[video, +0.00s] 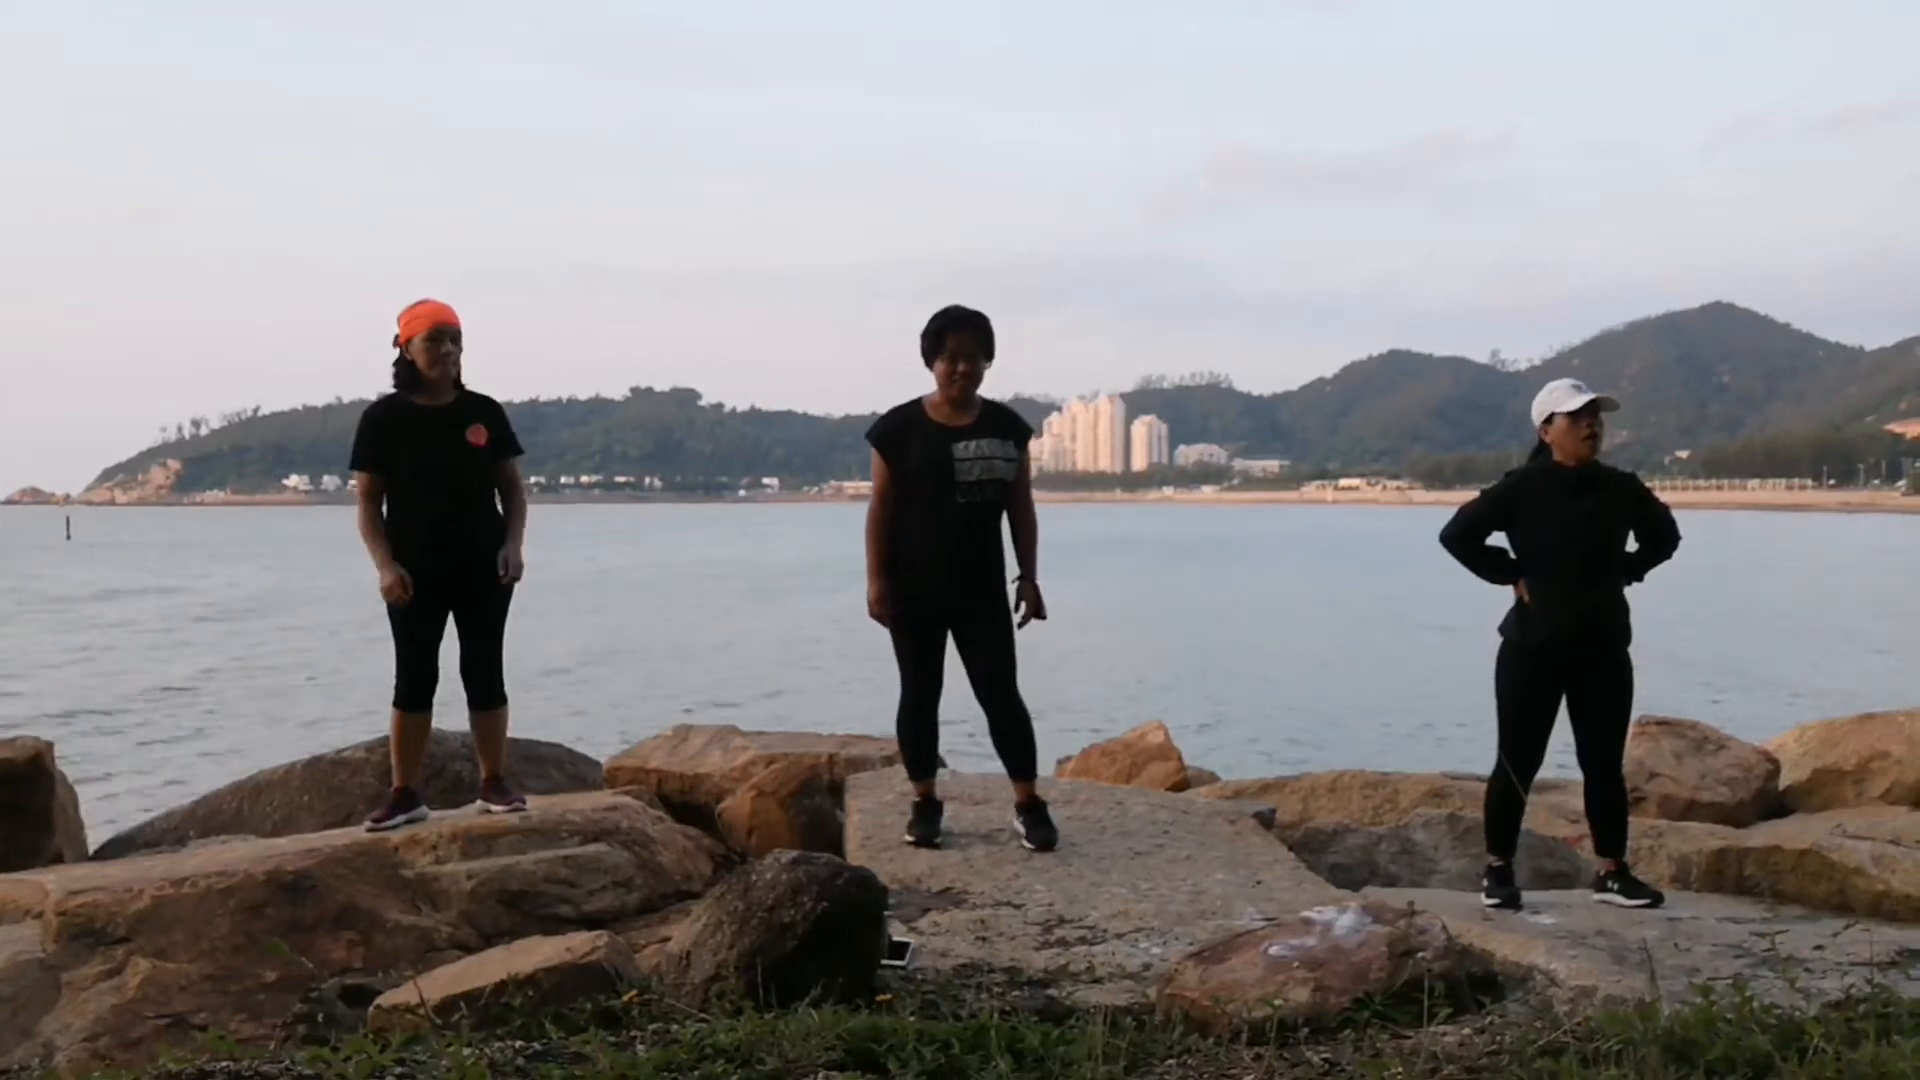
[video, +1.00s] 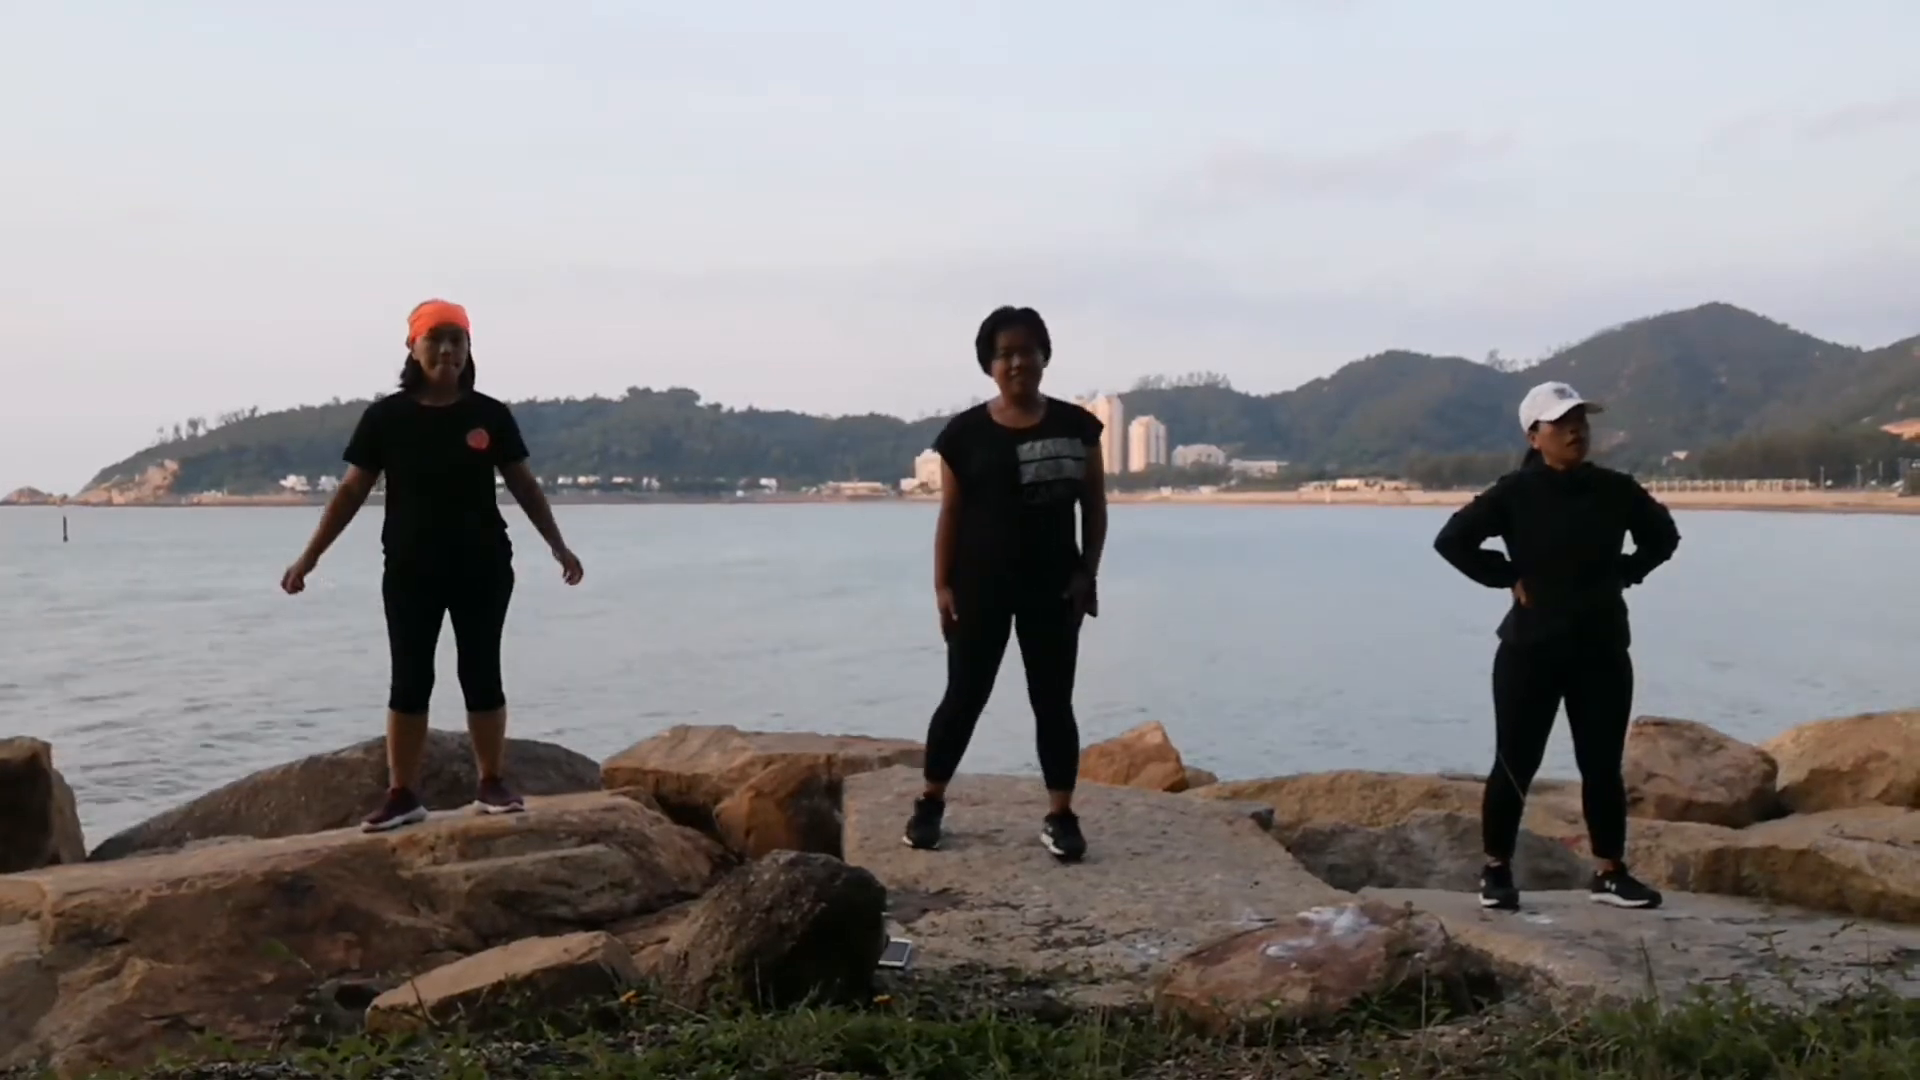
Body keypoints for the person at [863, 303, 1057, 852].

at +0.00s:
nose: (962, 369)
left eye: (973, 360)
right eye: (951, 359)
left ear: (986, 364)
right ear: (931, 361)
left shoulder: (1007, 427)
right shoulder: (897, 429)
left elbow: (1021, 506)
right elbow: (880, 509)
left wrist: (1028, 576)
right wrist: (875, 579)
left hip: (981, 586)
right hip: (914, 588)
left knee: (1002, 697)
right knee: (918, 697)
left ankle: (1029, 802)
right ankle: (924, 802)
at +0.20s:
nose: (955, 372)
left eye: (966, 362)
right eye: (944, 361)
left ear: (978, 365)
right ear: (922, 363)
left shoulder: (998, 426)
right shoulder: (890, 430)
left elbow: (1012, 504)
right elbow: (876, 512)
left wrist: (1021, 574)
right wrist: (874, 582)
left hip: (976, 586)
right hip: (911, 589)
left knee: (994, 695)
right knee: (916, 698)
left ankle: (1024, 798)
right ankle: (924, 802)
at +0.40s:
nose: (953, 371)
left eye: (964, 361)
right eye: (942, 361)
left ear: (976, 364)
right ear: (920, 361)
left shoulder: (997, 424)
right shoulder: (888, 431)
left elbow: (1012, 503)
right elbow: (875, 511)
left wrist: (1020, 573)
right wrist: (876, 580)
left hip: (981, 584)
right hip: (914, 589)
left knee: (1004, 694)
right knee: (918, 697)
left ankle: (1029, 797)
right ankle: (924, 803)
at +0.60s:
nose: (961, 369)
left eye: (970, 359)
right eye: (949, 359)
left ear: (983, 363)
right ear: (926, 362)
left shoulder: (1008, 424)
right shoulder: (896, 433)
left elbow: (1023, 502)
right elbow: (881, 513)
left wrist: (1032, 571)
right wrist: (876, 581)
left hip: (990, 584)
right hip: (922, 588)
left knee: (1020, 694)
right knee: (923, 695)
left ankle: (1047, 802)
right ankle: (924, 802)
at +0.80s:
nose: (987, 368)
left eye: (997, 357)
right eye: (975, 359)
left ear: (1010, 360)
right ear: (954, 365)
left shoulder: (1044, 426)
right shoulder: (931, 437)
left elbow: (1060, 503)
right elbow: (911, 515)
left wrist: (1062, 570)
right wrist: (896, 584)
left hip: (1021, 588)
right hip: (951, 591)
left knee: (1035, 702)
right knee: (940, 697)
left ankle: (1056, 813)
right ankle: (926, 805)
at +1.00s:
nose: (1017, 362)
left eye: (1027, 352)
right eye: (1006, 353)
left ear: (1045, 357)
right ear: (989, 363)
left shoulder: (1077, 428)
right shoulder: (964, 434)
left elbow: (1094, 509)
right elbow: (949, 517)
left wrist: (1089, 571)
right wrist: (942, 585)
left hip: (1052, 588)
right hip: (981, 588)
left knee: (1054, 703)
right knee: (963, 697)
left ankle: (1061, 813)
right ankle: (930, 803)